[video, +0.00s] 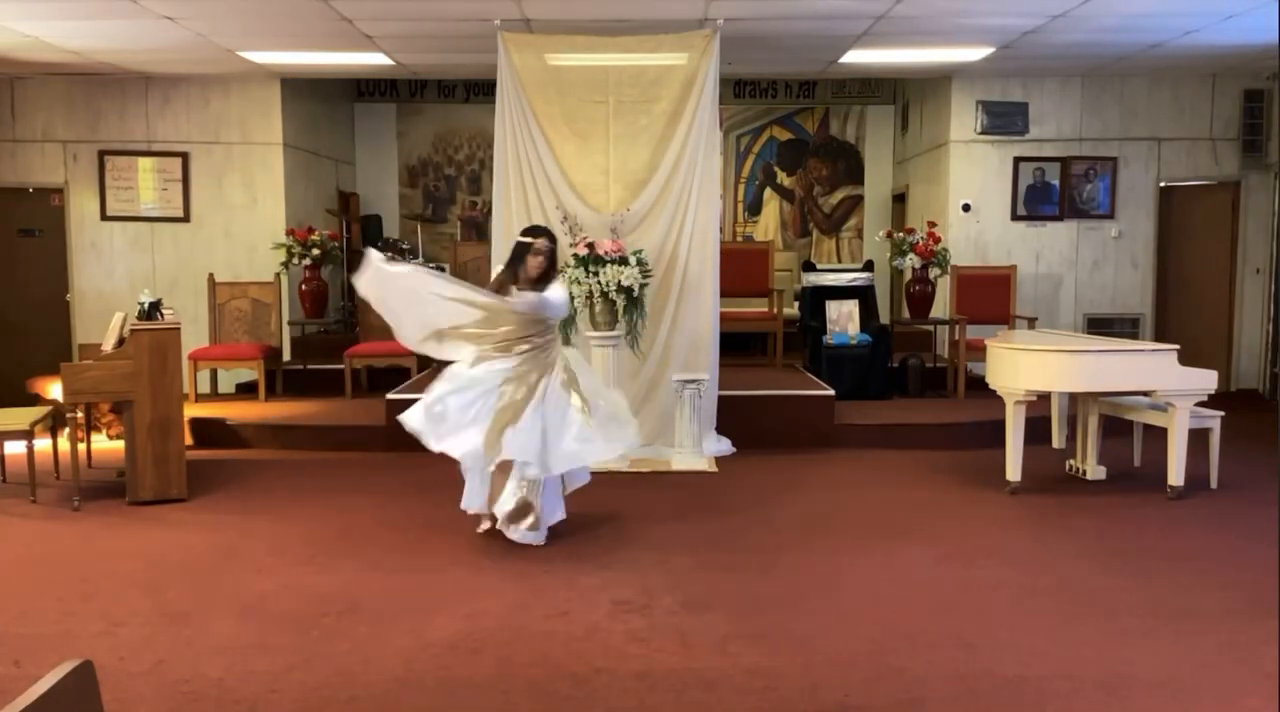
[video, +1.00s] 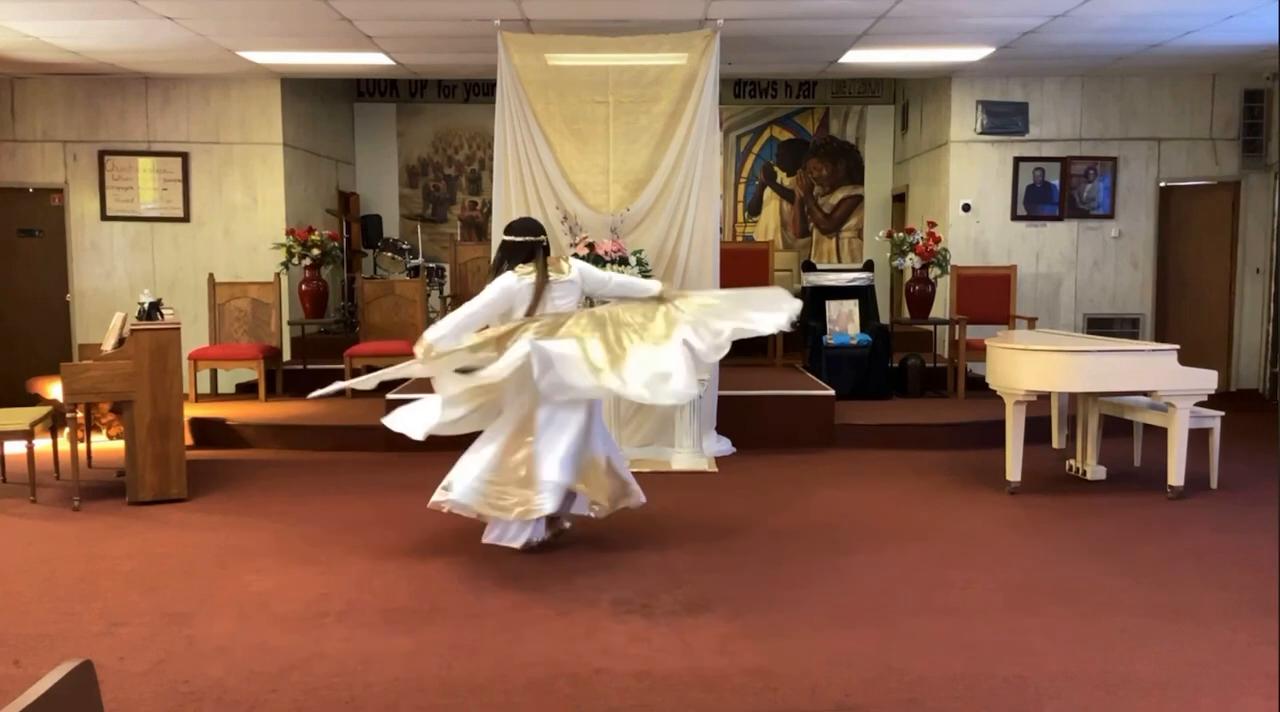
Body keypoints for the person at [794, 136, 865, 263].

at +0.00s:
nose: (817, 176)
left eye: (823, 169)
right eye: (813, 170)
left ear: (839, 166)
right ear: (808, 172)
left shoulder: (854, 193)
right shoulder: (818, 194)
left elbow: (828, 227)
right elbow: (800, 233)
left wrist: (808, 197)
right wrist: (799, 198)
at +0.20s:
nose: (817, 176)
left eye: (823, 169)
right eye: (813, 170)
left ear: (839, 166)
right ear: (808, 172)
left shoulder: (854, 193)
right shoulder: (818, 194)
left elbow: (828, 227)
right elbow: (800, 233)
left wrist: (808, 196)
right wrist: (799, 198)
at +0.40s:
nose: (817, 176)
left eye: (823, 169)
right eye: (813, 170)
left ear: (840, 166)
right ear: (808, 172)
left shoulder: (854, 193)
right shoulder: (818, 194)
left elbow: (828, 227)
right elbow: (800, 233)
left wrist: (808, 196)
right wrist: (799, 197)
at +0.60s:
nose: (817, 176)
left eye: (823, 169)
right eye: (813, 170)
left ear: (839, 166)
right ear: (808, 172)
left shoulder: (854, 193)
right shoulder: (818, 194)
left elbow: (828, 227)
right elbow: (800, 233)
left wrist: (808, 196)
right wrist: (799, 197)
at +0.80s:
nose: (816, 176)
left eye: (823, 169)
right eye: (813, 170)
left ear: (840, 166)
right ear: (808, 172)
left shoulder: (854, 193)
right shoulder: (818, 194)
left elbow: (828, 227)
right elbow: (800, 232)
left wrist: (808, 196)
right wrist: (799, 198)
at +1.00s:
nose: (815, 176)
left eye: (820, 170)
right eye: (812, 171)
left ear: (840, 166)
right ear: (808, 173)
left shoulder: (854, 193)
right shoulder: (820, 195)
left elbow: (828, 226)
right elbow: (799, 232)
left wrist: (808, 196)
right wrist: (799, 197)